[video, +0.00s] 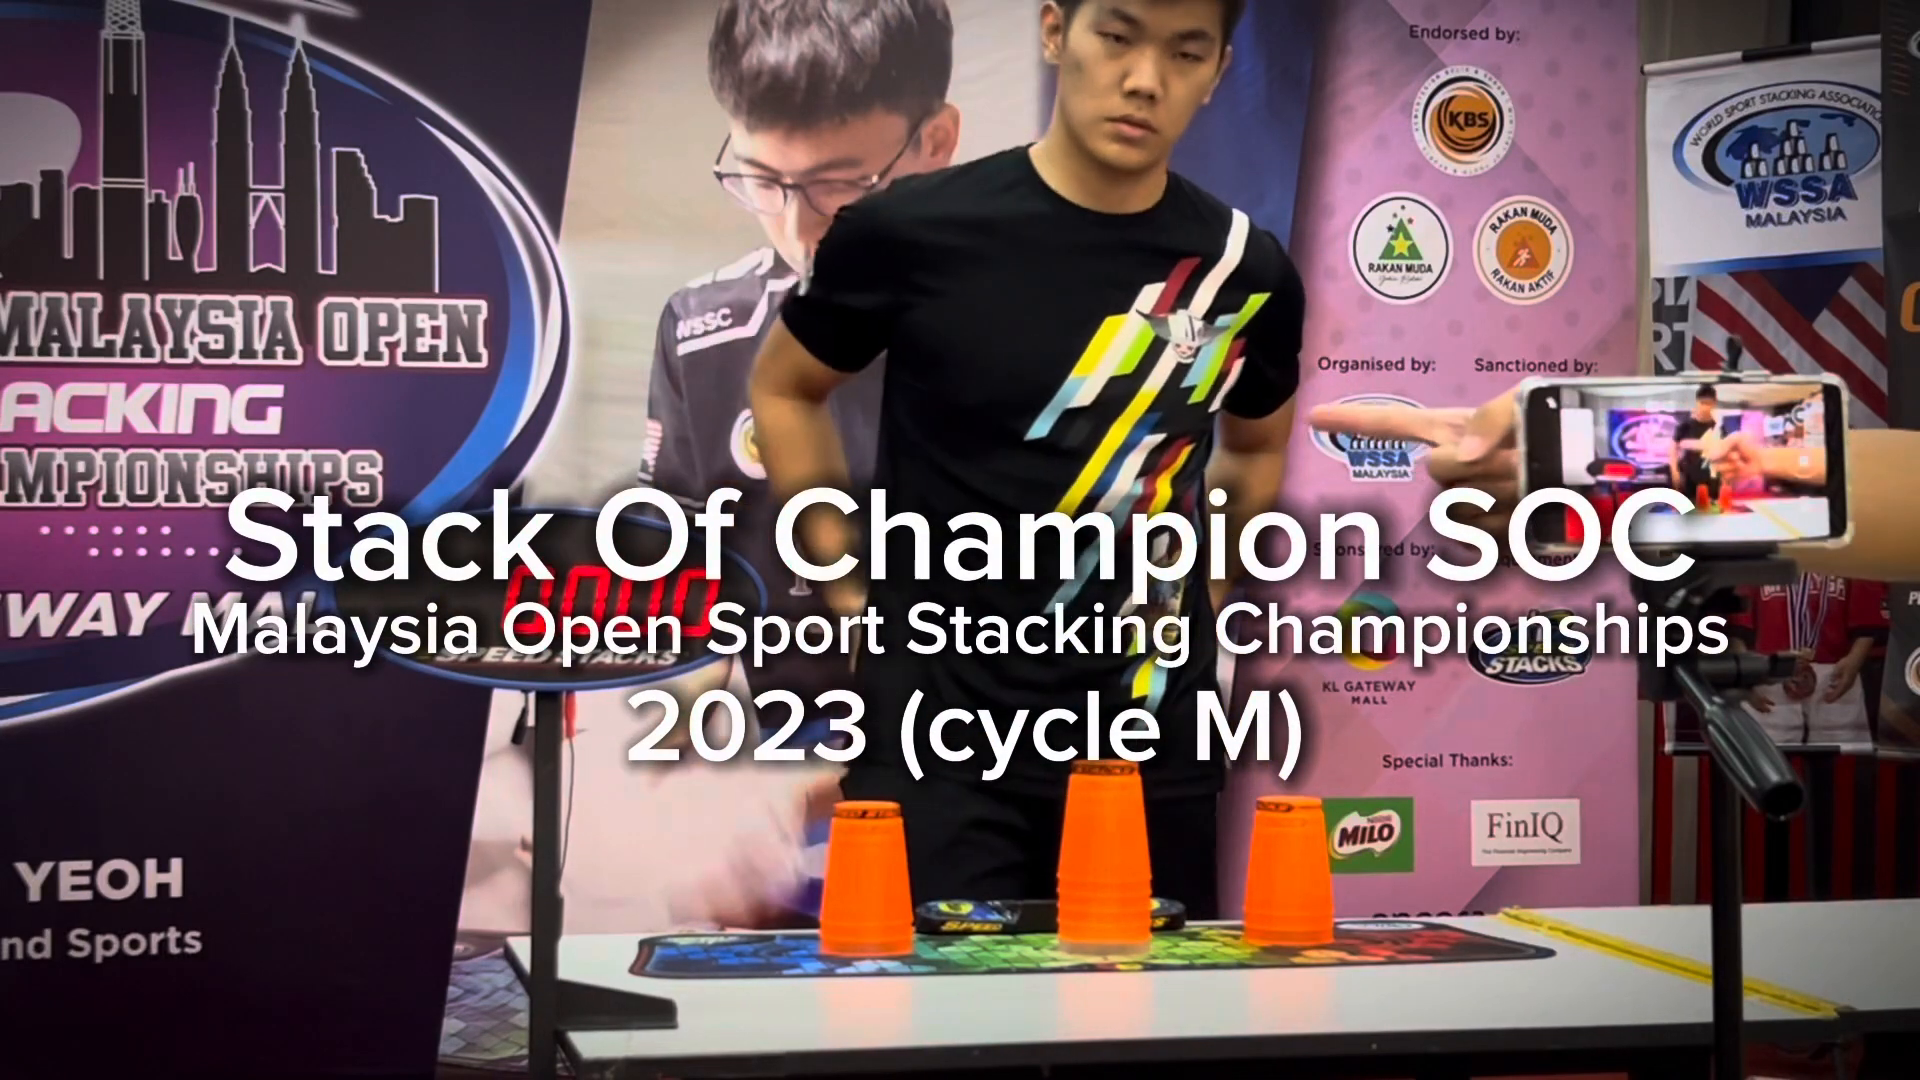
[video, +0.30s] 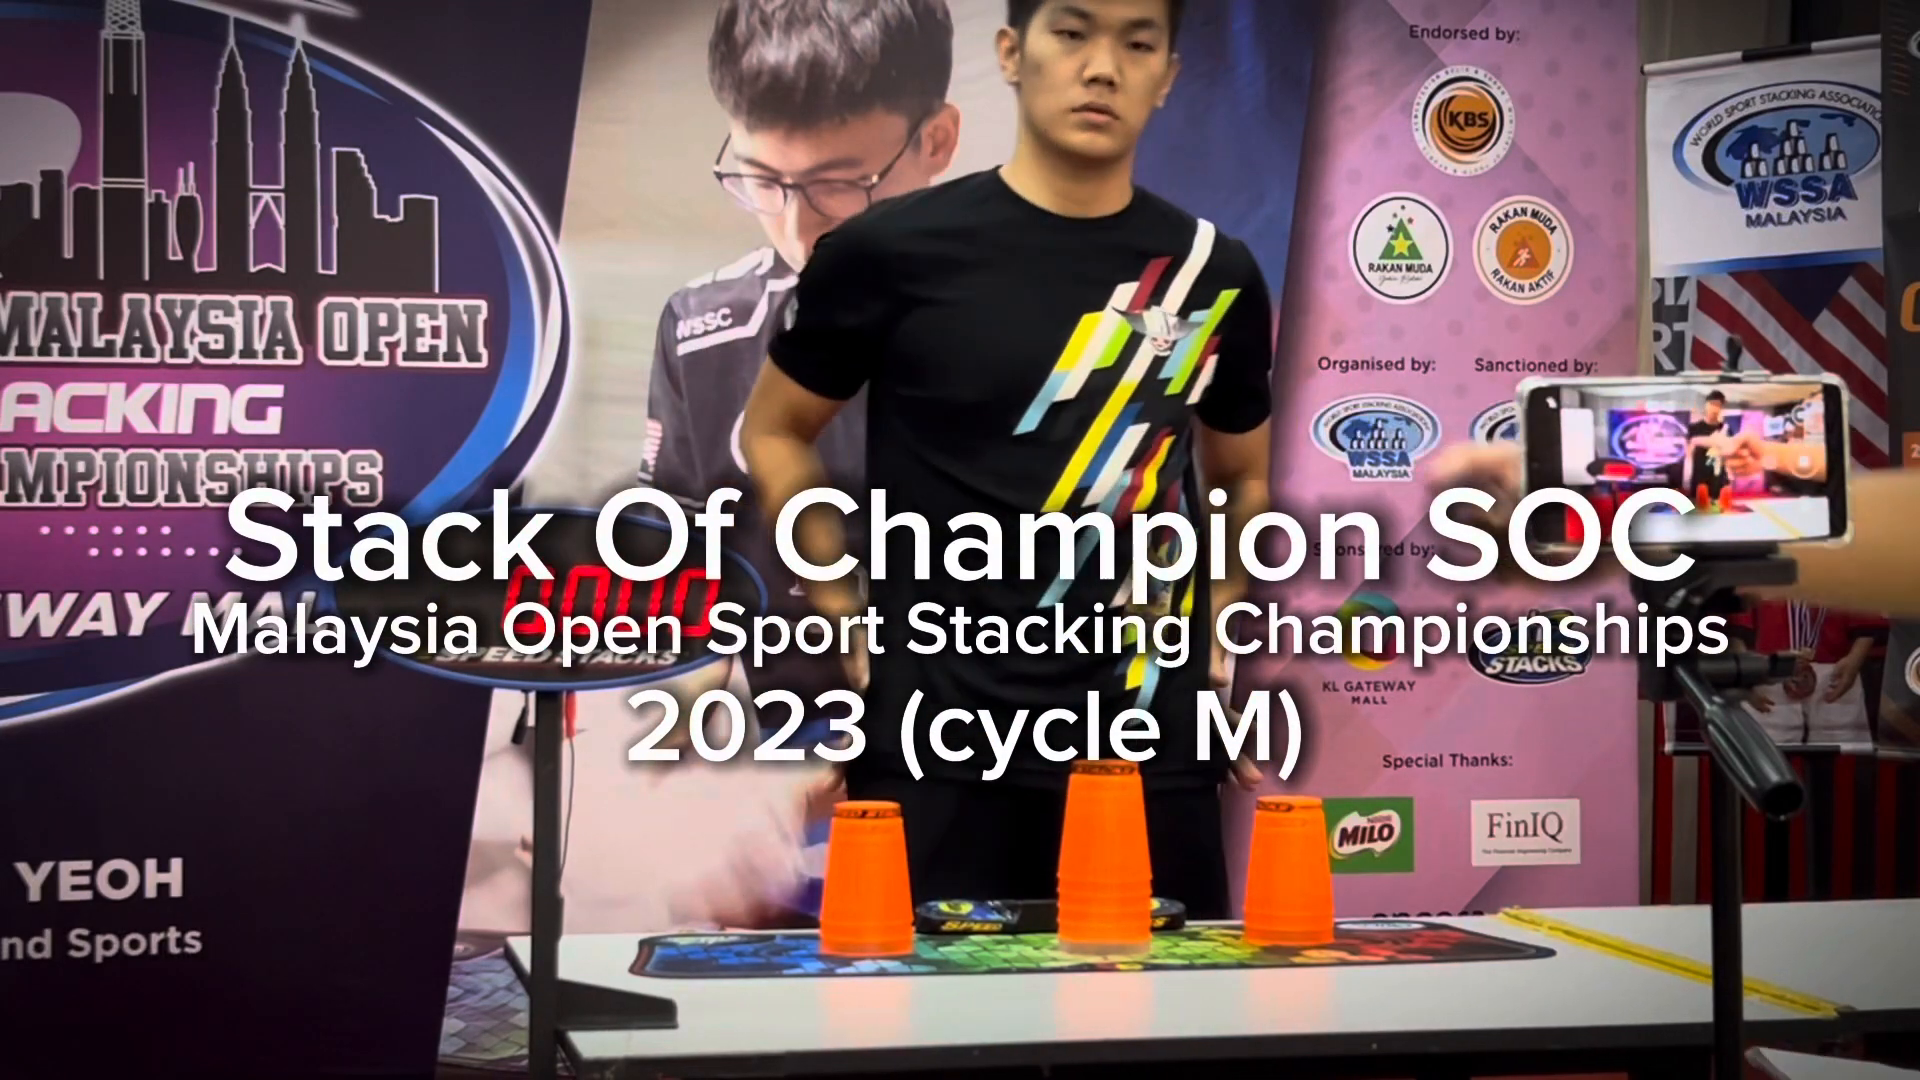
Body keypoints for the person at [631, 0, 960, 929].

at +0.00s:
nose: (797, 229)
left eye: (838, 182)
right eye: (764, 180)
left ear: (937, 145)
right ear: (736, 143)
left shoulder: (989, 316)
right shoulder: (696, 332)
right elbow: (665, 572)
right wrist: (702, 799)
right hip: (757, 785)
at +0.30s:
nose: (1102, 68)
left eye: (1137, 44)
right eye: (1073, 33)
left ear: (1169, 76)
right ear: (1012, 53)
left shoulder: (1214, 275)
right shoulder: (882, 252)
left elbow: (1242, 477)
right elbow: (774, 430)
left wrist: (1218, 640)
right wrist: (853, 624)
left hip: (1146, 758)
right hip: (942, 750)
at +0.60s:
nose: (987, 91)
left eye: (1015, 67)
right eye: (955, 64)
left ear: (1045, 103)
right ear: (899, 99)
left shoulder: (1120, 290)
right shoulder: (799, 290)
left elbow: (1192, 502)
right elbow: (682, 489)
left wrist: (1150, 653)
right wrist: (757, 661)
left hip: (1047, 765)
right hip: (867, 769)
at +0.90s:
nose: (927, 103)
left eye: (954, 83)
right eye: (897, 77)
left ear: (984, 118)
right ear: (844, 109)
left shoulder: (1054, 291)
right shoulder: (753, 289)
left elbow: (1122, 505)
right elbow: (666, 514)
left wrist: (1097, 638)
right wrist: (735, 684)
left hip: (1004, 754)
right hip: (824, 752)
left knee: (1004, 1054)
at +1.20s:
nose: (950, 125)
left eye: (976, 103)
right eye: (920, 101)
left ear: (1010, 137)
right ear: (872, 134)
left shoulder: (1074, 323)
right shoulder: (784, 301)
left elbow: (1101, 542)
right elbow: (695, 504)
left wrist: (1078, 725)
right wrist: (734, 677)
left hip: (996, 745)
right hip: (826, 739)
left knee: (994, 1040)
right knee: (813, 1037)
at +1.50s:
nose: (1009, 148)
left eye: (1039, 130)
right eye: (985, 123)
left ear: (1071, 167)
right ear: (937, 148)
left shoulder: (1100, 333)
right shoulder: (828, 301)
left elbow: (1109, 480)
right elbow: (707, 422)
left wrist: (1069, 613)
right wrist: (762, 590)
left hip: (1016, 698)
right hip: (853, 689)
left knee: (1010, 989)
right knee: (838, 984)